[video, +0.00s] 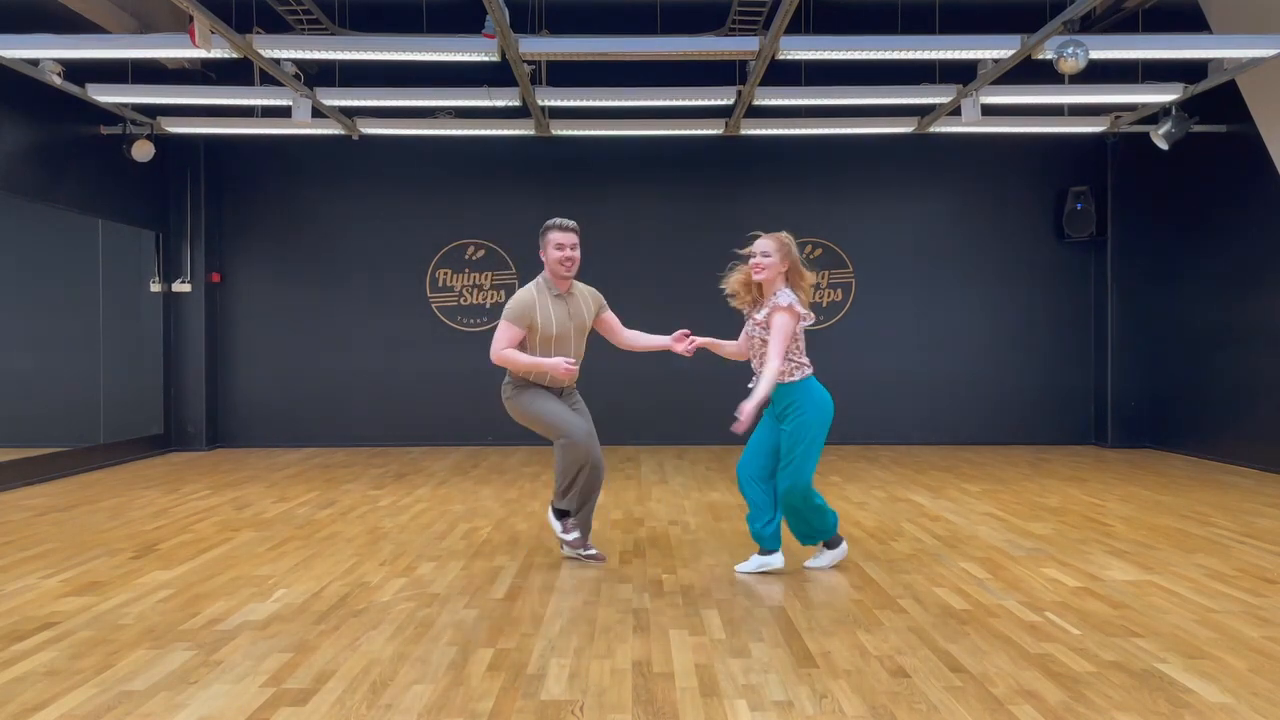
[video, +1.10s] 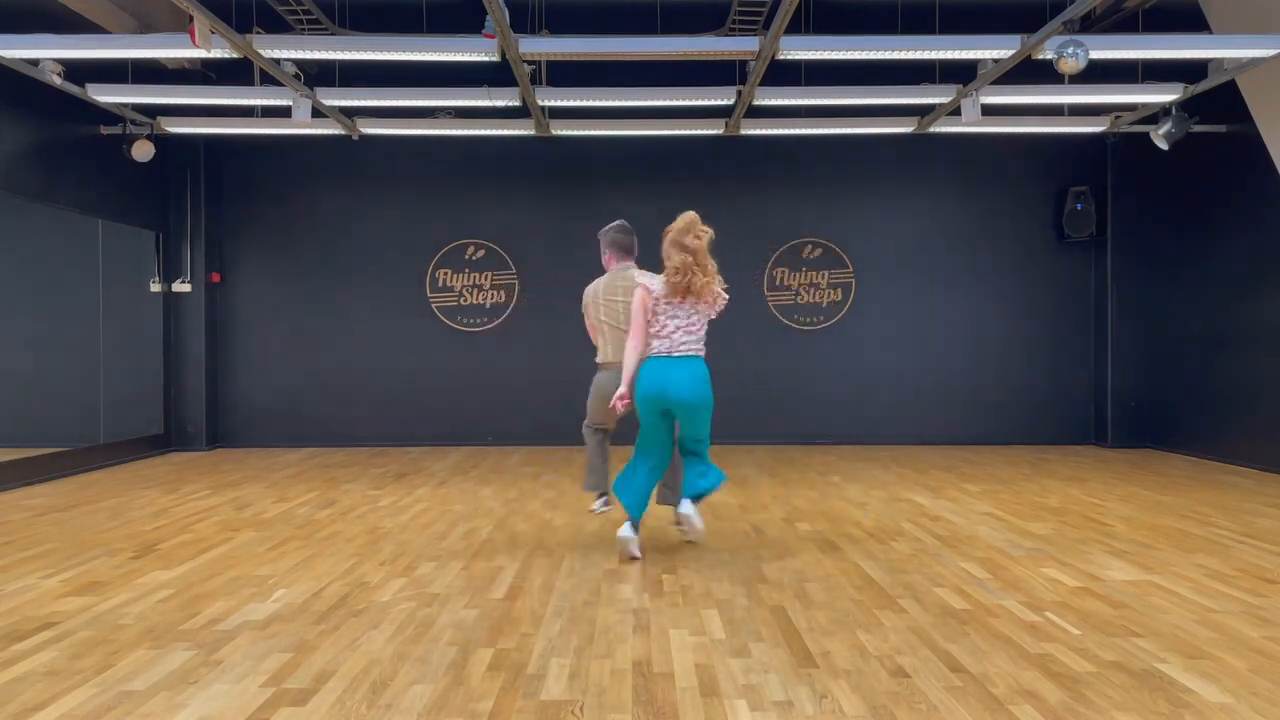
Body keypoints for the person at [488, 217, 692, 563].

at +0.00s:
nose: (568, 254)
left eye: (573, 247)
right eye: (559, 248)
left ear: (580, 253)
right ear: (543, 254)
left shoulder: (589, 298)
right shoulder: (526, 300)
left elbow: (623, 336)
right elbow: (499, 353)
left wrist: (669, 341)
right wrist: (546, 364)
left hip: (568, 392)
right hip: (526, 389)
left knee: (594, 463)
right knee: (576, 433)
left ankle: (575, 538)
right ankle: (562, 510)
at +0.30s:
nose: (546, 258)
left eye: (552, 250)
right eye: (538, 251)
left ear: (559, 255)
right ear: (523, 255)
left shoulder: (569, 301)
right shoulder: (503, 298)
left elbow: (610, 335)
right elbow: (478, 348)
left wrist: (658, 341)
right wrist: (519, 360)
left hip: (542, 391)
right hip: (501, 388)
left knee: (562, 461)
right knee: (537, 449)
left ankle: (534, 538)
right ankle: (513, 516)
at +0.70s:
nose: (573, 255)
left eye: (577, 248)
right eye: (565, 248)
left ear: (580, 253)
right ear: (546, 252)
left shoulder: (574, 297)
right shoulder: (534, 289)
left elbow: (590, 339)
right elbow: (519, 342)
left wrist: (626, 348)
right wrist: (570, 340)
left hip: (542, 384)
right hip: (519, 379)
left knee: (561, 451)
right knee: (540, 457)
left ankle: (525, 519)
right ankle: (480, 525)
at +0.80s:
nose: (593, 251)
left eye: (595, 246)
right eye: (586, 244)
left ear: (594, 250)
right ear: (564, 247)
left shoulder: (579, 290)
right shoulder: (558, 279)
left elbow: (587, 338)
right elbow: (564, 332)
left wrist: (622, 349)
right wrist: (605, 321)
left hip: (545, 374)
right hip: (539, 374)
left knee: (563, 440)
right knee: (593, 438)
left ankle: (540, 507)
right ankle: (541, 500)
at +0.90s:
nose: (611, 259)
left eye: (611, 253)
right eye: (604, 252)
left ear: (587, 257)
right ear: (583, 255)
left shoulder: (576, 286)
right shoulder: (581, 285)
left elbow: (586, 349)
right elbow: (615, 329)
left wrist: (623, 353)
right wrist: (641, 319)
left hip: (551, 382)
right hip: (567, 385)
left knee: (565, 457)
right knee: (630, 436)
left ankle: (542, 526)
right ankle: (622, 510)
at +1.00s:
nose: (623, 256)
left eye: (622, 251)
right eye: (622, 251)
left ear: (590, 254)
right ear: (618, 252)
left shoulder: (579, 290)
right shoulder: (621, 284)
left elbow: (592, 337)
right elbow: (662, 322)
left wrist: (633, 342)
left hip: (576, 379)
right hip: (611, 382)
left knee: (575, 454)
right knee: (649, 450)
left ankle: (548, 519)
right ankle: (641, 520)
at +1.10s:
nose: (600, 259)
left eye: (601, 253)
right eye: (602, 253)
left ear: (607, 255)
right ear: (635, 252)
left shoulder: (592, 290)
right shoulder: (653, 282)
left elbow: (594, 336)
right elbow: (660, 327)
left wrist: (620, 349)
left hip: (608, 372)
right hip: (648, 370)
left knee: (596, 429)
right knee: (663, 432)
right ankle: (675, 496)